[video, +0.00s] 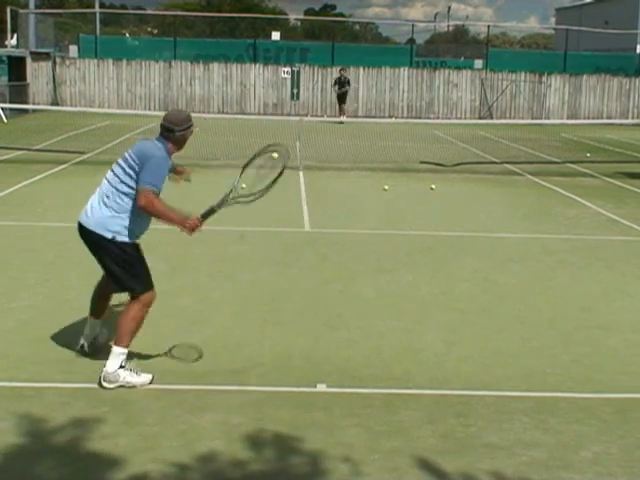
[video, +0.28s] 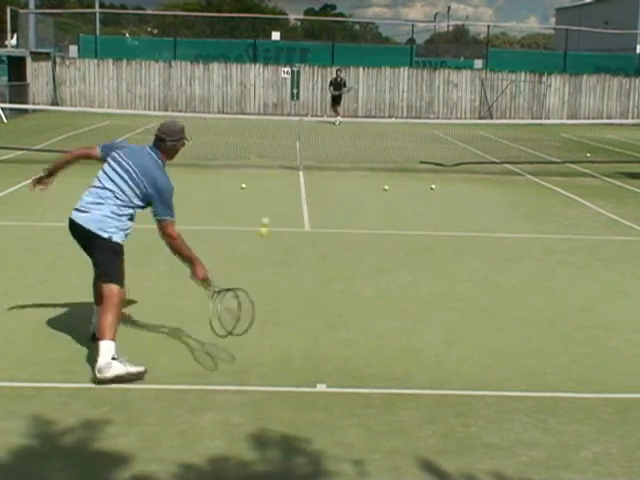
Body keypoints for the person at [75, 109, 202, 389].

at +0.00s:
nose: (189, 138)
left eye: (188, 133)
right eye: (189, 134)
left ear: (163, 129)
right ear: (184, 137)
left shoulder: (146, 146)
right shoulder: (157, 157)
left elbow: (160, 161)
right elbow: (146, 200)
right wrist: (182, 221)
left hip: (91, 222)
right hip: (112, 233)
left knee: (113, 277)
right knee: (144, 296)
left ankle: (91, 336)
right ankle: (114, 367)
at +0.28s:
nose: (181, 149)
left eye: (181, 145)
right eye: (180, 145)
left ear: (155, 140)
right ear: (174, 148)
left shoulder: (123, 149)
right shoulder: (160, 181)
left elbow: (78, 153)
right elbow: (169, 233)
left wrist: (50, 172)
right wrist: (195, 263)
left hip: (79, 222)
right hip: (105, 234)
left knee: (103, 271)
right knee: (113, 296)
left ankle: (100, 320)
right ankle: (106, 361)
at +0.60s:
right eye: (171, 123)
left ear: (146, 119)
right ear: (172, 125)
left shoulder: (123, 137)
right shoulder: (173, 151)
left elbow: (96, 161)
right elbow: (154, 173)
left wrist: (73, 195)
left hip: (107, 214)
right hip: (139, 219)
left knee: (111, 263)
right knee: (142, 284)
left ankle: (101, 322)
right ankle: (120, 328)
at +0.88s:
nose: (196, 109)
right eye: (197, 106)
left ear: (172, 107)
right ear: (197, 109)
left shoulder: (152, 129)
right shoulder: (207, 137)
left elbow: (132, 164)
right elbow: (196, 160)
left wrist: (123, 189)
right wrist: (159, 132)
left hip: (147, 211)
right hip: (184, 214)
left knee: (129, 263)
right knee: (197, 267)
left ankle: (108, 319)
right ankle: (209, 328)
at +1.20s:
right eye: (220, 93)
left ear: (197, 96)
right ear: (224, 97)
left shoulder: (180, 125)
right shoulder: (237, 130)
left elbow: (160, 167)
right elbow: (252, 177)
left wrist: (176, 171)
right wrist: (225, 182)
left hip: (188, 214)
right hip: (225, 217)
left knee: (192, 270)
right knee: (233, 268)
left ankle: (197, 342)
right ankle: (238, 333)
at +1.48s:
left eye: (234, 106)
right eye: (250, 105)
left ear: (228, 108)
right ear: (255, 109)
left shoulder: (216, 136)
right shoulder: (273, 143)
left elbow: (192, 179)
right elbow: (287, 193)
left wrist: (199, 193)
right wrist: (263, 211)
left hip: (222, 228)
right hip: (262, 231)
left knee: (199, 278)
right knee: (268, 291)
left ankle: (202, 345)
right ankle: (275, 360)